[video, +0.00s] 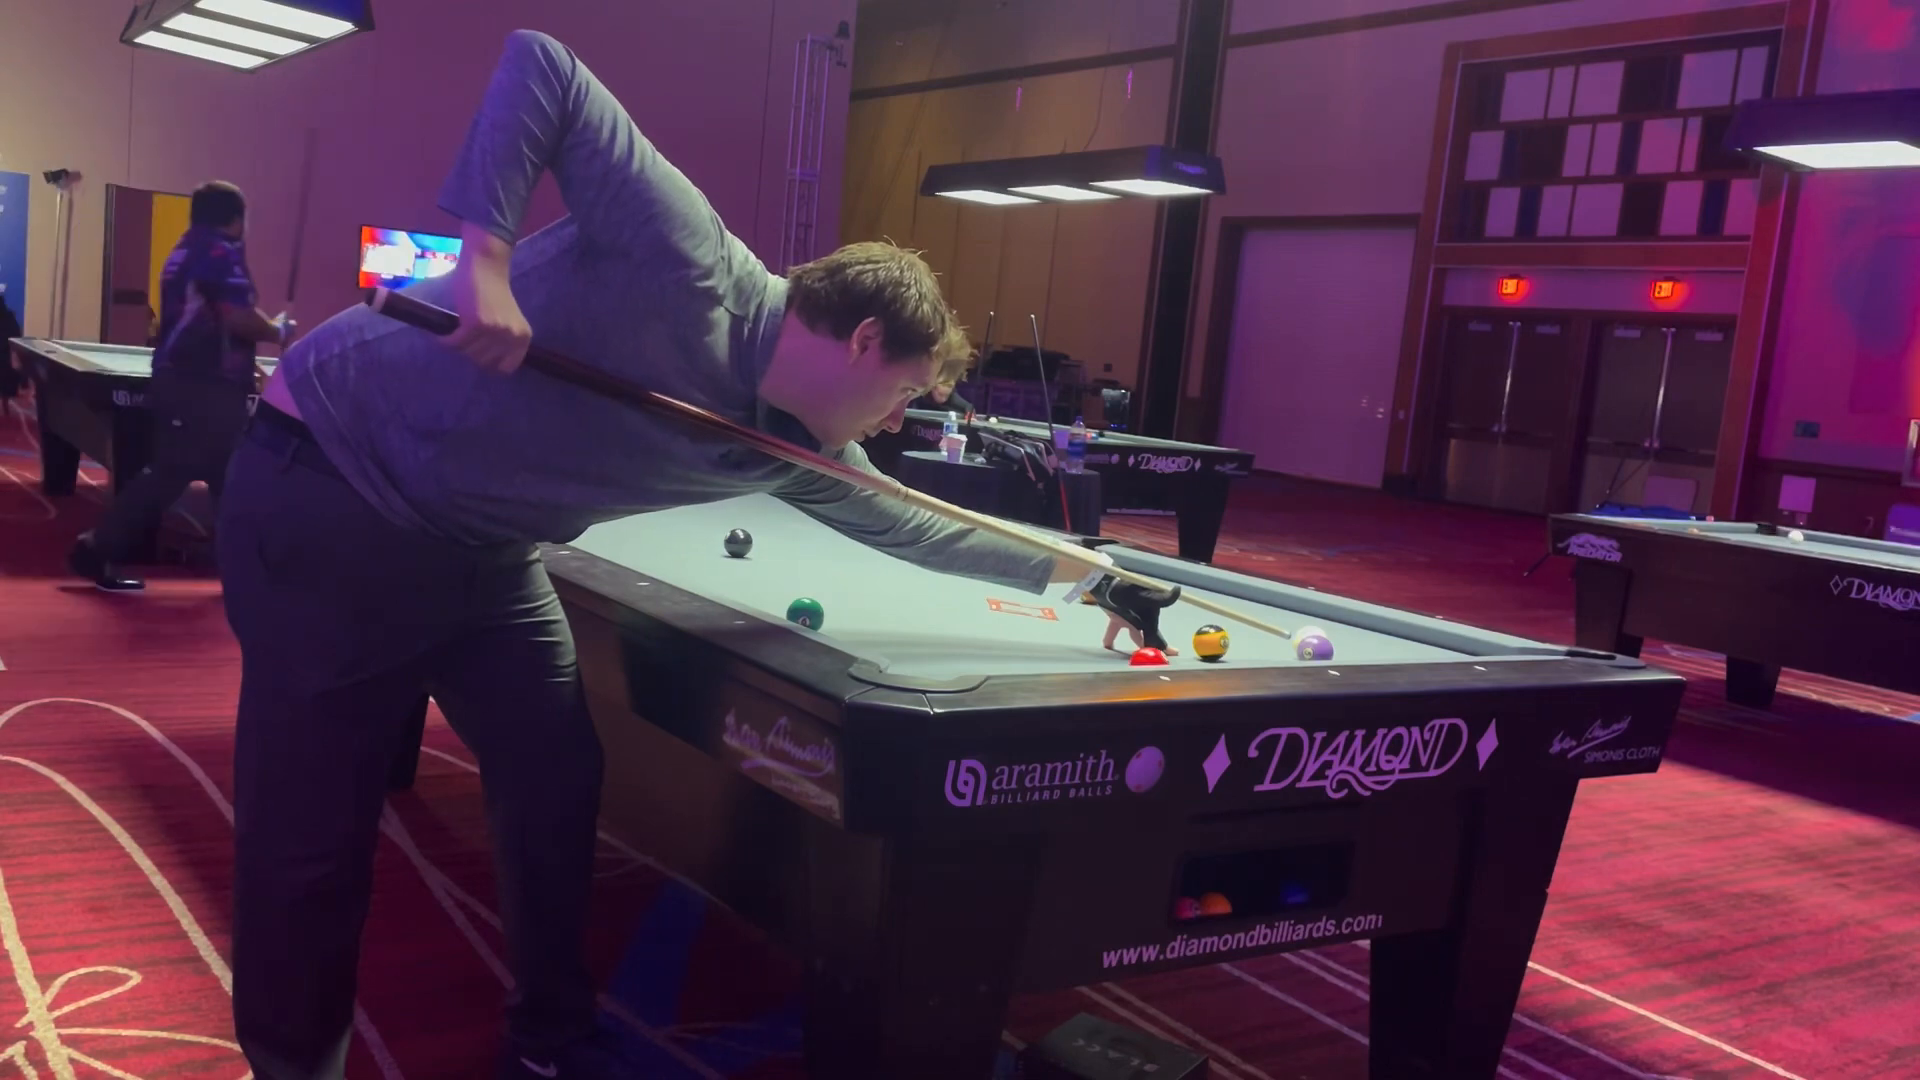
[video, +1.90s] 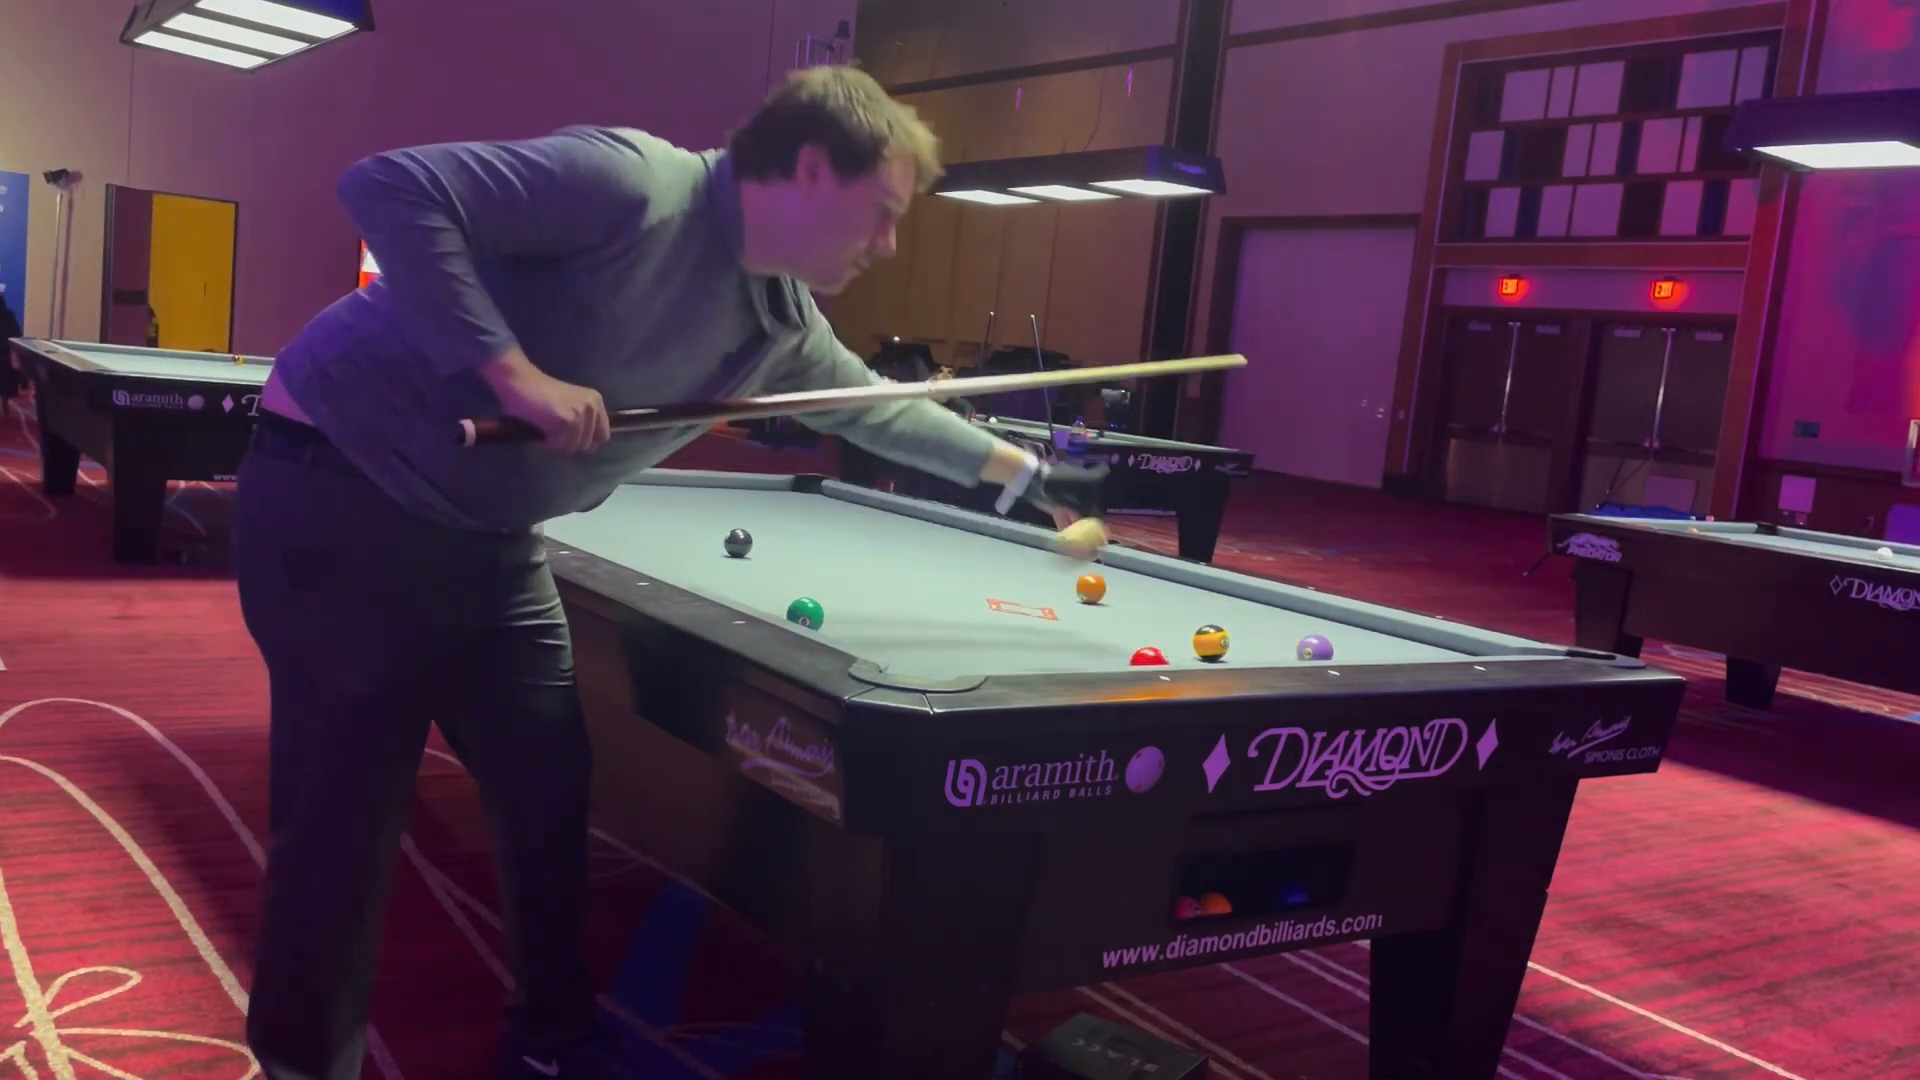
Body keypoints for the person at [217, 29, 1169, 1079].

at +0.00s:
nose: (893, 428)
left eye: (910, 410)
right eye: (903, 398)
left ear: (853, 350)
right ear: (856, 340)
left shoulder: (785, 441)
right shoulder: (684, 251)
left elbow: (913, 527)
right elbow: (542, 69)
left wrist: (1061, 563)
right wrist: (479, 252)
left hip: (483, 530)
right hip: (329, 473)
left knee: (553, 763)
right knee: (313, 819)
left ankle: (548, 1032)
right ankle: (292, 1055)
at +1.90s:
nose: (888, 245)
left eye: (899, 223)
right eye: (883, 212)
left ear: (818, 187)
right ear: (810, 171)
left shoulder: (775, 320)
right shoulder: (631, 184)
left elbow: (879, 412)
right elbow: (393, 187)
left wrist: (1031, 480)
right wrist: (501, 364)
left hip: (488, 526)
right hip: (345, 488)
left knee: (547, 773)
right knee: (340, 820)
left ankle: (552, 1030)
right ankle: (304, 1063)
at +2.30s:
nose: (753, 129)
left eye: (776, 107)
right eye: (738, 90)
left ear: (792, 107)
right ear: (659, 36)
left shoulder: (708, 206)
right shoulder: (520, 115)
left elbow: (801, 272)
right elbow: (297, 214)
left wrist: (949, 305)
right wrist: (467, 352)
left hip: (513, 526)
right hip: (370, 509)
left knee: (559, 779)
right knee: (378, 811)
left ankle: (549, 1036)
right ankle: (316, 1062)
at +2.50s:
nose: (702, 63)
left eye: (730, 37)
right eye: (682, 21)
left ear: (745, 44)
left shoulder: (677, 165)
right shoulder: (469, 96)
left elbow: (717, 261)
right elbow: (261, 227)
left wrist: (872, 294)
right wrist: (439, 352)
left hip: (520, 522)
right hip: (375, 514)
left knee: (551, 791)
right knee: (390, 805)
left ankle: (548, 1032)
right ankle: (317, 1060)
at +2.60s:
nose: (630, 6)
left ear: (676, 12)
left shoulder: (643, 128)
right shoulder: (415, 81)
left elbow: (640, 272)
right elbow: (220, 222)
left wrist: (750, 342)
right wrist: (402, 345)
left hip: (526, 525)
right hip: (374, 522)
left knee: (545, 803)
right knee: (395, 818)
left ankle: (549, 1034)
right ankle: (320, 1064)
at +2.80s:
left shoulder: (603, 87)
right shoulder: (306, 37)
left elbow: (601, 284)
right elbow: (131, 204)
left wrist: (594, 394)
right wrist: (267, 323)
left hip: (512, 539)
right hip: (318, 533)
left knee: (562, 816)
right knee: (329, 871)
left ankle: (541, 1046)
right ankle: (292, 1062)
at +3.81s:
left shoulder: (547, 5)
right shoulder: (176, 16)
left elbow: (651, 266)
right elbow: (175, 222)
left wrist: (570, 323)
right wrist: (62, 406)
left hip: (429, 594)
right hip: (157, 567)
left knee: (402, 990)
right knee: (105, 993)